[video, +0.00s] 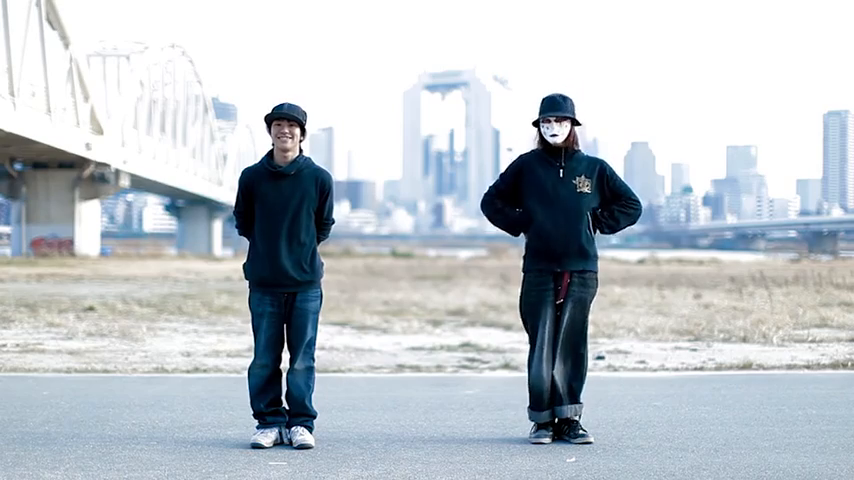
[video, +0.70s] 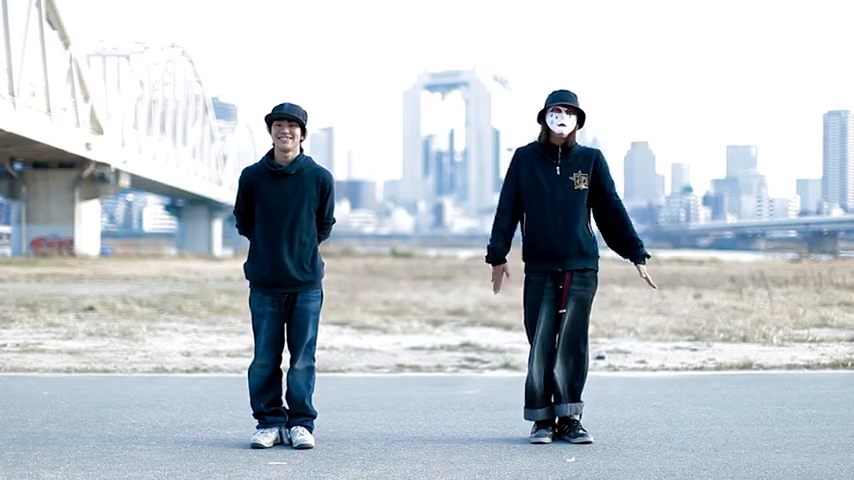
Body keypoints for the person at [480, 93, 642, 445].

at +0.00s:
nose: (553, 127)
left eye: (559, 121)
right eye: (547, 121)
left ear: (571, 125)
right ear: (539, 125)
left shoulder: (594, 167)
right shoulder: (525, 165)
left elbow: (632, 205)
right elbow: (490, 202)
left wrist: (595, 221)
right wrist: (523, 224)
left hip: (581, 267)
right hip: (539, 266)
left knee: (572, 343)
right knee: (541, 342)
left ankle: (569, 419)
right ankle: (542, 421)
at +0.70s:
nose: (561, 119)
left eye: (567, 114)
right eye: (555, 113)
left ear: (577, 121)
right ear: (544, 118)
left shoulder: (591, 160)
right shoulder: (524, 158)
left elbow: (611, 210)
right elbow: (508, 208)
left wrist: (636, 251)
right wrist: (497, 254)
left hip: (580, 262)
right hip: (539, 262)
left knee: (573, 339)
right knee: (541, 340)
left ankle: (569, 418)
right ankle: (542, 419)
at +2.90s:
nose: (561, 144)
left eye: (567, 139)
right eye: (554, 139)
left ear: (577, 145)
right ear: (545, 145)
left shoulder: (593, 191)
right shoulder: (530, 187)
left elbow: (614, 241)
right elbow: (519, 239)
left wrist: (629, 286)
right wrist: (516, 287)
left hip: (582, 286)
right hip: (542, 286)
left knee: (576, 352)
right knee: (543, 353)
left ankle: (578, 421)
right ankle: (550, 419)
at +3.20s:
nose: (591, 112)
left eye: (596, 107)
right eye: (583, 108)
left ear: (606, 113)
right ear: (573, 115)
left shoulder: (604, 161)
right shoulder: (557, 150)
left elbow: (588, 210)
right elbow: (528, 195)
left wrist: (574, 246)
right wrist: (496, 235)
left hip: (572, 257)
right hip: (535, 255)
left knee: (575, 329)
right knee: (535, 331)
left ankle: (583, 407)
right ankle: (545, 412)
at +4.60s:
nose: (552, 117)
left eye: (558, 111)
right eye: (545, 112)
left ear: (570, 115)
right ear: (537, 118)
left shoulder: (592, 154)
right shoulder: (529, 161)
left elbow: (614, 204)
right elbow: (518, 216)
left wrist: (632, 250)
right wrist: (522, 266)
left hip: (586, 261)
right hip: (544, 262)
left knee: (586, 337)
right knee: (546, 337)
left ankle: (585, 415)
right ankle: (551, 415)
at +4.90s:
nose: (576, 134)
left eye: (582, 128)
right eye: (570, 130)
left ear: (592, 134)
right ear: (560, 135)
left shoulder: (604, 181)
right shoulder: (543, 172)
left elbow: (613, 236)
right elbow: (528, 223)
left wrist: (614, 285)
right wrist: (520, 270)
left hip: (587, 278)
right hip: (549, 276)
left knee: (587, 350)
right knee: (551, 346)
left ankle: (582, 419)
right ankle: (552, 418)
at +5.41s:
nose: (595, 121)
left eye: (601, 116)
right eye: (588, 117)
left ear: (612, 123)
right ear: (579, 125)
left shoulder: (613, 169)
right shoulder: (563, 157)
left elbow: (602, 221)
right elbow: (537, 204)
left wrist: (594, 262)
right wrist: (506, 245)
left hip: (580, 266)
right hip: (545, 263)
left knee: (577, 339)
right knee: (536, 337)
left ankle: (580, 413)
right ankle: (542, 413)